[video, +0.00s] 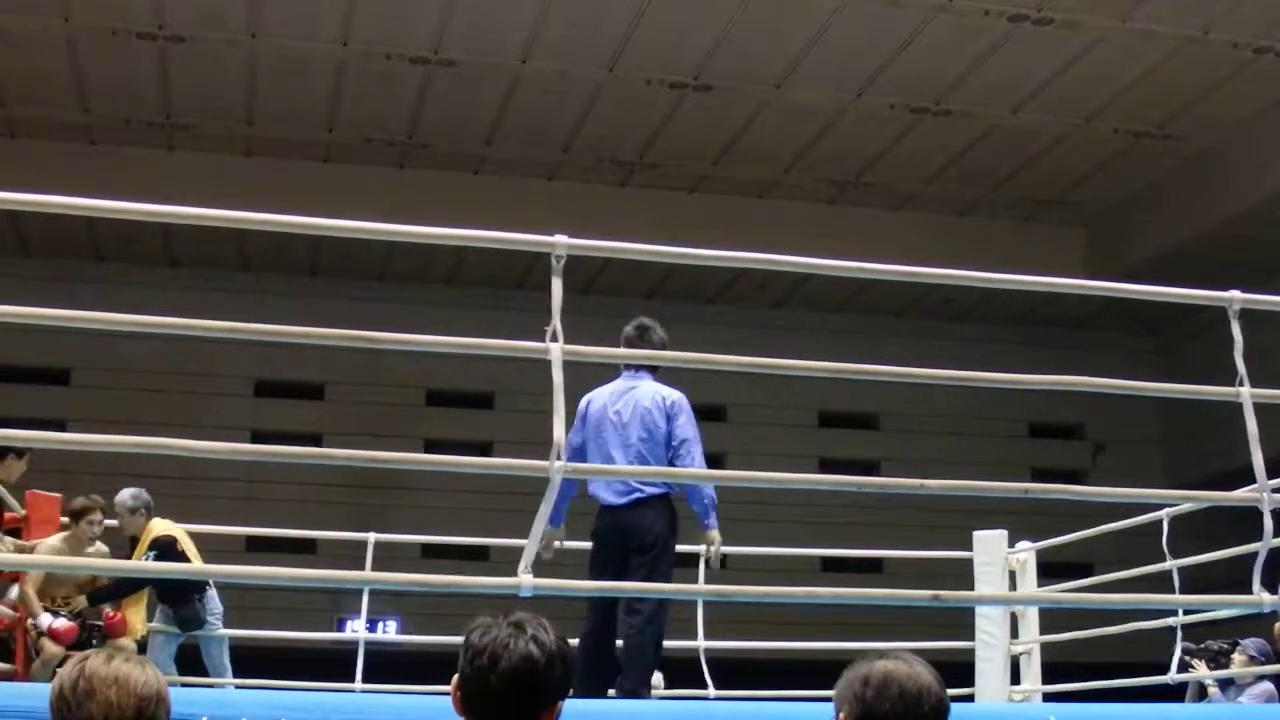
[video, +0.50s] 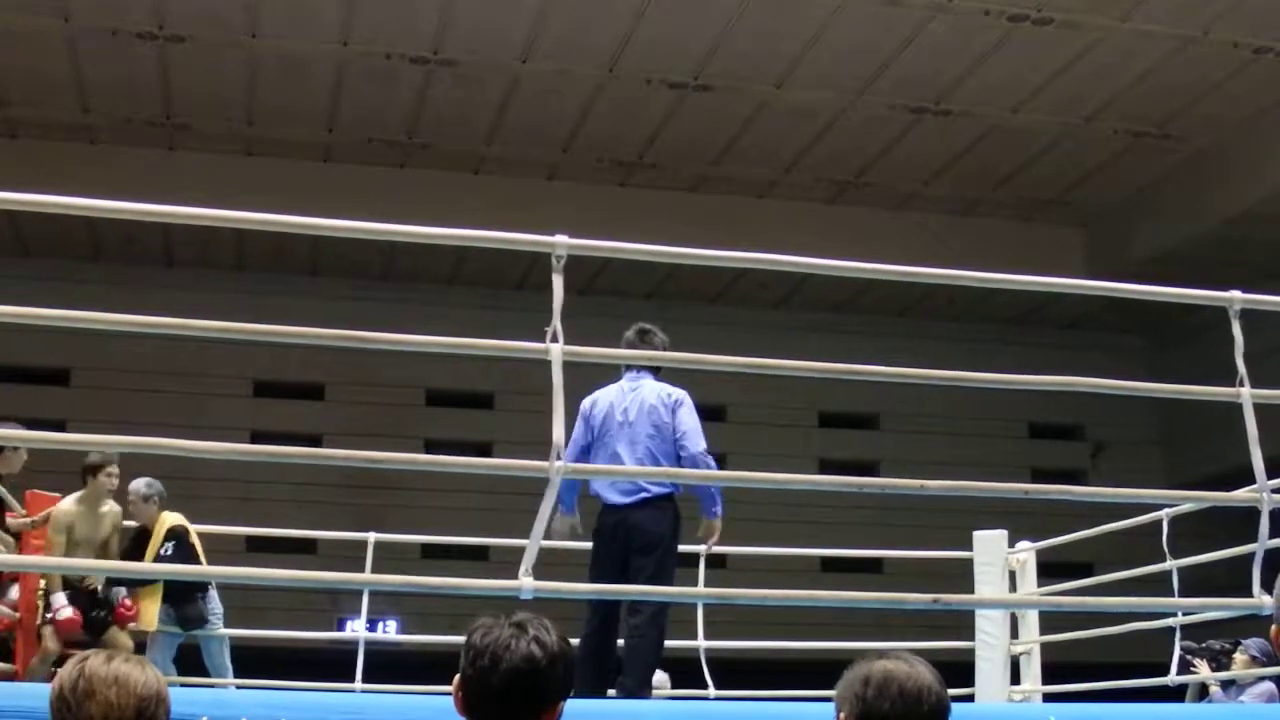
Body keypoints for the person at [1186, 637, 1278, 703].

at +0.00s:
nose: (1232, 656)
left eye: (1240, 653)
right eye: (1234, 652)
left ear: (1256, 663)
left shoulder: (1265, 688)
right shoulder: (1228, 690)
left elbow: (1232, 713)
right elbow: (1192, 712)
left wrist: (1209, 682)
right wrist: (1194, 678)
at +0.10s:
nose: (1232, 656)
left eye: (1240, 653)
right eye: (1234, 652)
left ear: (1257, 663)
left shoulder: (1265, 688)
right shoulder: (1229, 690)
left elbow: (1232, 713)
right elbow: (1193, 712)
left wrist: (1208, 682)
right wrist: (1195, 678)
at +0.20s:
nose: (1232, 656)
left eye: (1240, 653)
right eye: (1235, 652)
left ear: (1257, 662)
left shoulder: (1266, 689)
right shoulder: (1229, 691)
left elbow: (1232, 713)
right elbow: (1195, 712)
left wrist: (1209, 682)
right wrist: (1195, 680)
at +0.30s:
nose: (1232, 656)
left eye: (1240, 653)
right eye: (1235, 652)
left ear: (1257, 662)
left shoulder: (1266, 688)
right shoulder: (1230, 691)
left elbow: (1231, 713)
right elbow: (1197, 712)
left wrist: (1209, 682)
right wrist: (1194, 682)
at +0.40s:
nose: (1233, 656)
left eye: (1241, 653)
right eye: (1235, 652)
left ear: (1257, 662)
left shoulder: (1267, 688)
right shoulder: (1230, 690)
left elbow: (1232, 713)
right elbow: (1200, 712)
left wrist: (1210, 681)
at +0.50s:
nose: (1233, 656)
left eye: (1241, 652)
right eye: (1236, 652)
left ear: (1257, 662)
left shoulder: (1267, 688)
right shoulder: (1230, 690)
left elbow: (1233, 713)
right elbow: (1200, 712)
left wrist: (1211, 683)